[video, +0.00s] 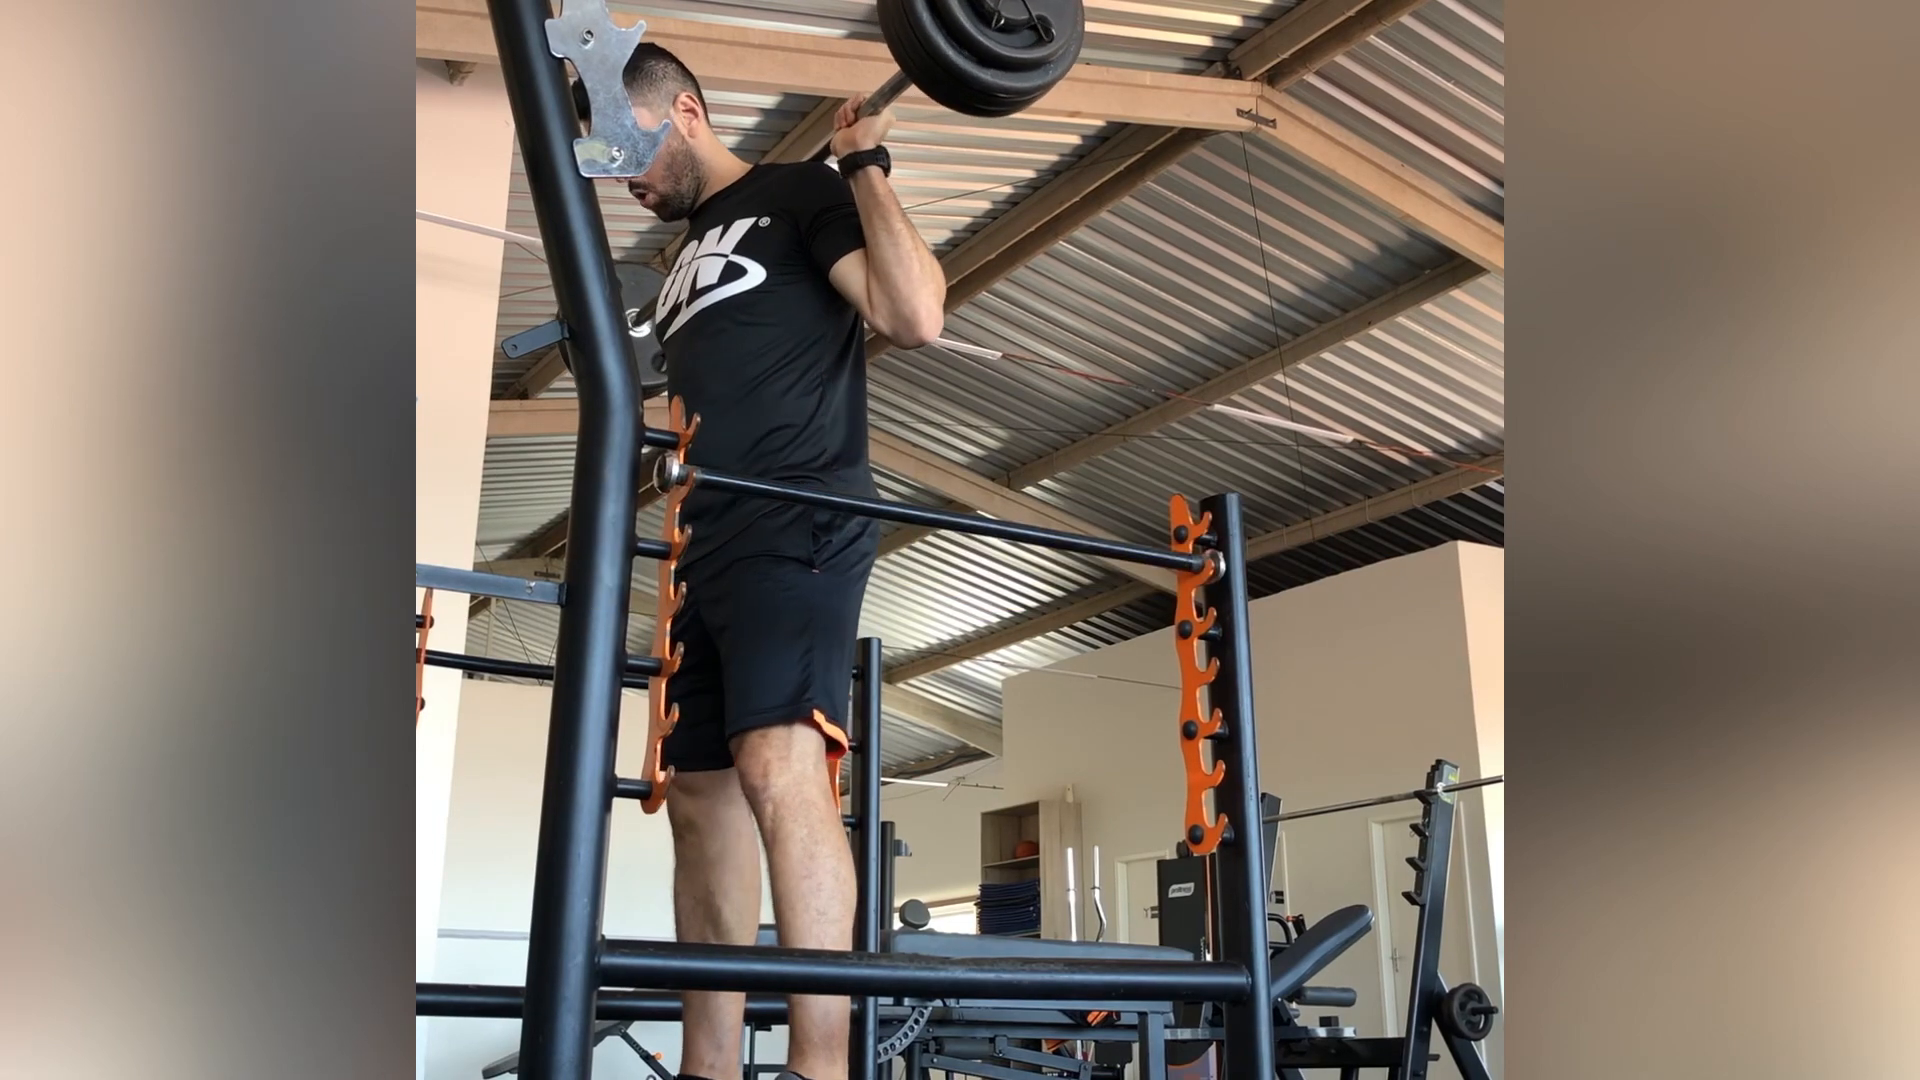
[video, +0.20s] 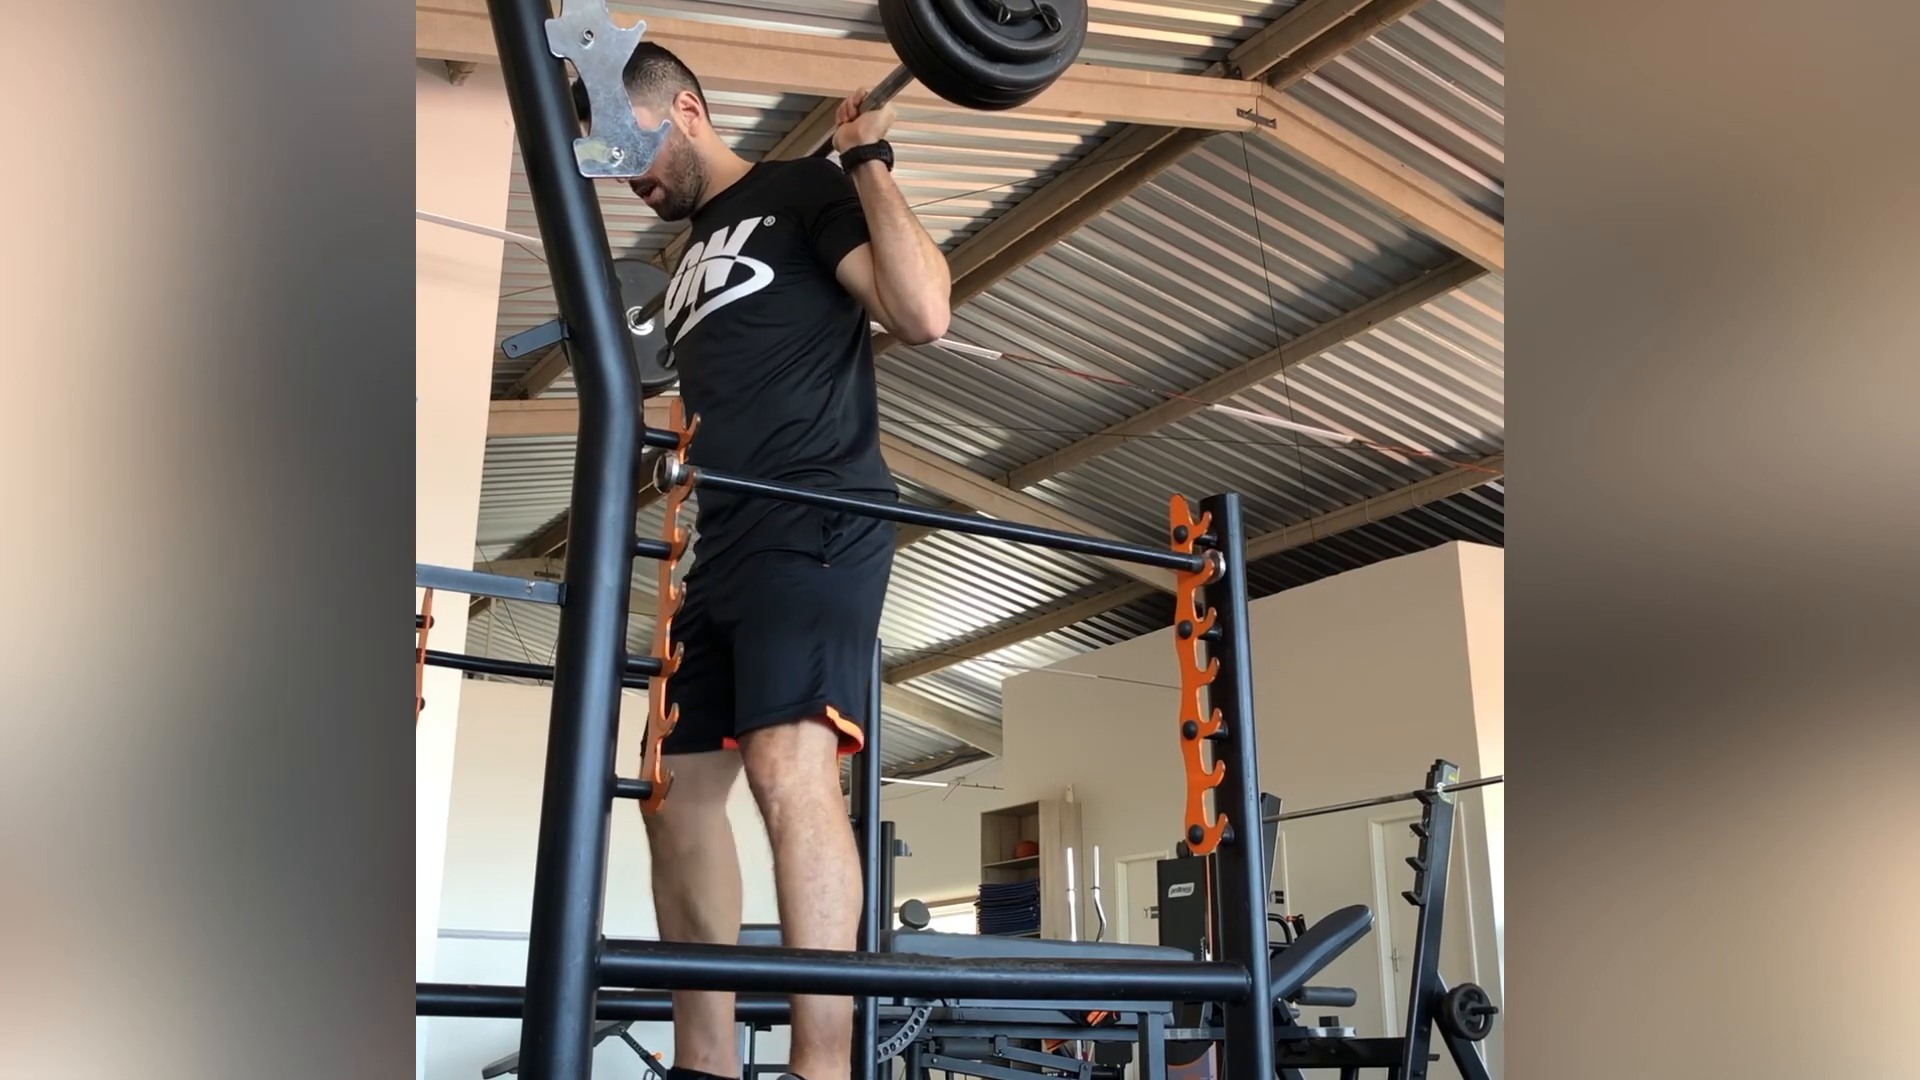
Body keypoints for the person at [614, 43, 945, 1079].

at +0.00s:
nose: (631, 180)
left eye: (636, 149)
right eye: (618, 161)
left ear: (692, 113)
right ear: (672, 130)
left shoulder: (804, 190)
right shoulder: (684, 259)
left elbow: (916, 315)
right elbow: (700, 411)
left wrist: (867, 168)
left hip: (799, 521)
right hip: (711, 535)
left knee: (781, 762)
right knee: (697, 787)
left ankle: (826, 1063)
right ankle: (713, 1063)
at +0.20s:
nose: (632, 178)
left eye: (638, 149)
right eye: (619, 163)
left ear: (690, 109)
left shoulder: (804, 188)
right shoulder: (687, 259)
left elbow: (924, 315)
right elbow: (716, 408)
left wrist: (870, 163)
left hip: (814, 510)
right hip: (724, 529)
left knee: (790, 764)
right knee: (683, 787)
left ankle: (825, 1065)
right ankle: (704, 1062)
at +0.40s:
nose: (631, 177)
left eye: (637, 147)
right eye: (617, 163)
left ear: (687, 108)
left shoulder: (799, 190)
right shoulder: (688, 258)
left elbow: (918, 316)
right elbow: (711, 412)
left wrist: (866, 165)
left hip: (807, 507)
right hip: (722, 530)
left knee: (774, 755)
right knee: (687, 786)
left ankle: (823, 1065)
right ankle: (706, 1067)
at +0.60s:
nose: (626, 182)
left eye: (632, 152)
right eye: (612, 166)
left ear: (684, 117)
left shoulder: (797, 196)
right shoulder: (687, 256)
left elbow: (915, 320)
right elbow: (712, 403)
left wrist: (864, 174)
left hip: (809, 511)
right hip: (724, 529)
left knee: (764, 752)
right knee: (685, 790)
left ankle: (824, 1062)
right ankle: (708, 1067)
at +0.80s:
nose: (621, 184)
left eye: (629, 155)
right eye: (608, 169)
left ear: (680, 120)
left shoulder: (792, 197)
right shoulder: (686, 266)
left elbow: (917, 320)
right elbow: (708, 417)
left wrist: (861, 172)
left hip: (806, 519)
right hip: (721, 538)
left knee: (768, 754)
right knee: (692, 789)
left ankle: (823, 1062)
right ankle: (708, 1066)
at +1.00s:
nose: (624, 183)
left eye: (632, 154)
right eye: (611, 168)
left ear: (684, 120)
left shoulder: (799, 199)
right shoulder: (687, 270)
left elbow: (921, 321)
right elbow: (712, 415)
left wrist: (863, 174)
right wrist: (677, 455)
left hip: (819, 527)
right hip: (728, 543)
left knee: (788, 763)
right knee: (699, 788)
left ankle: (828, 1065)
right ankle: (708, 1066)